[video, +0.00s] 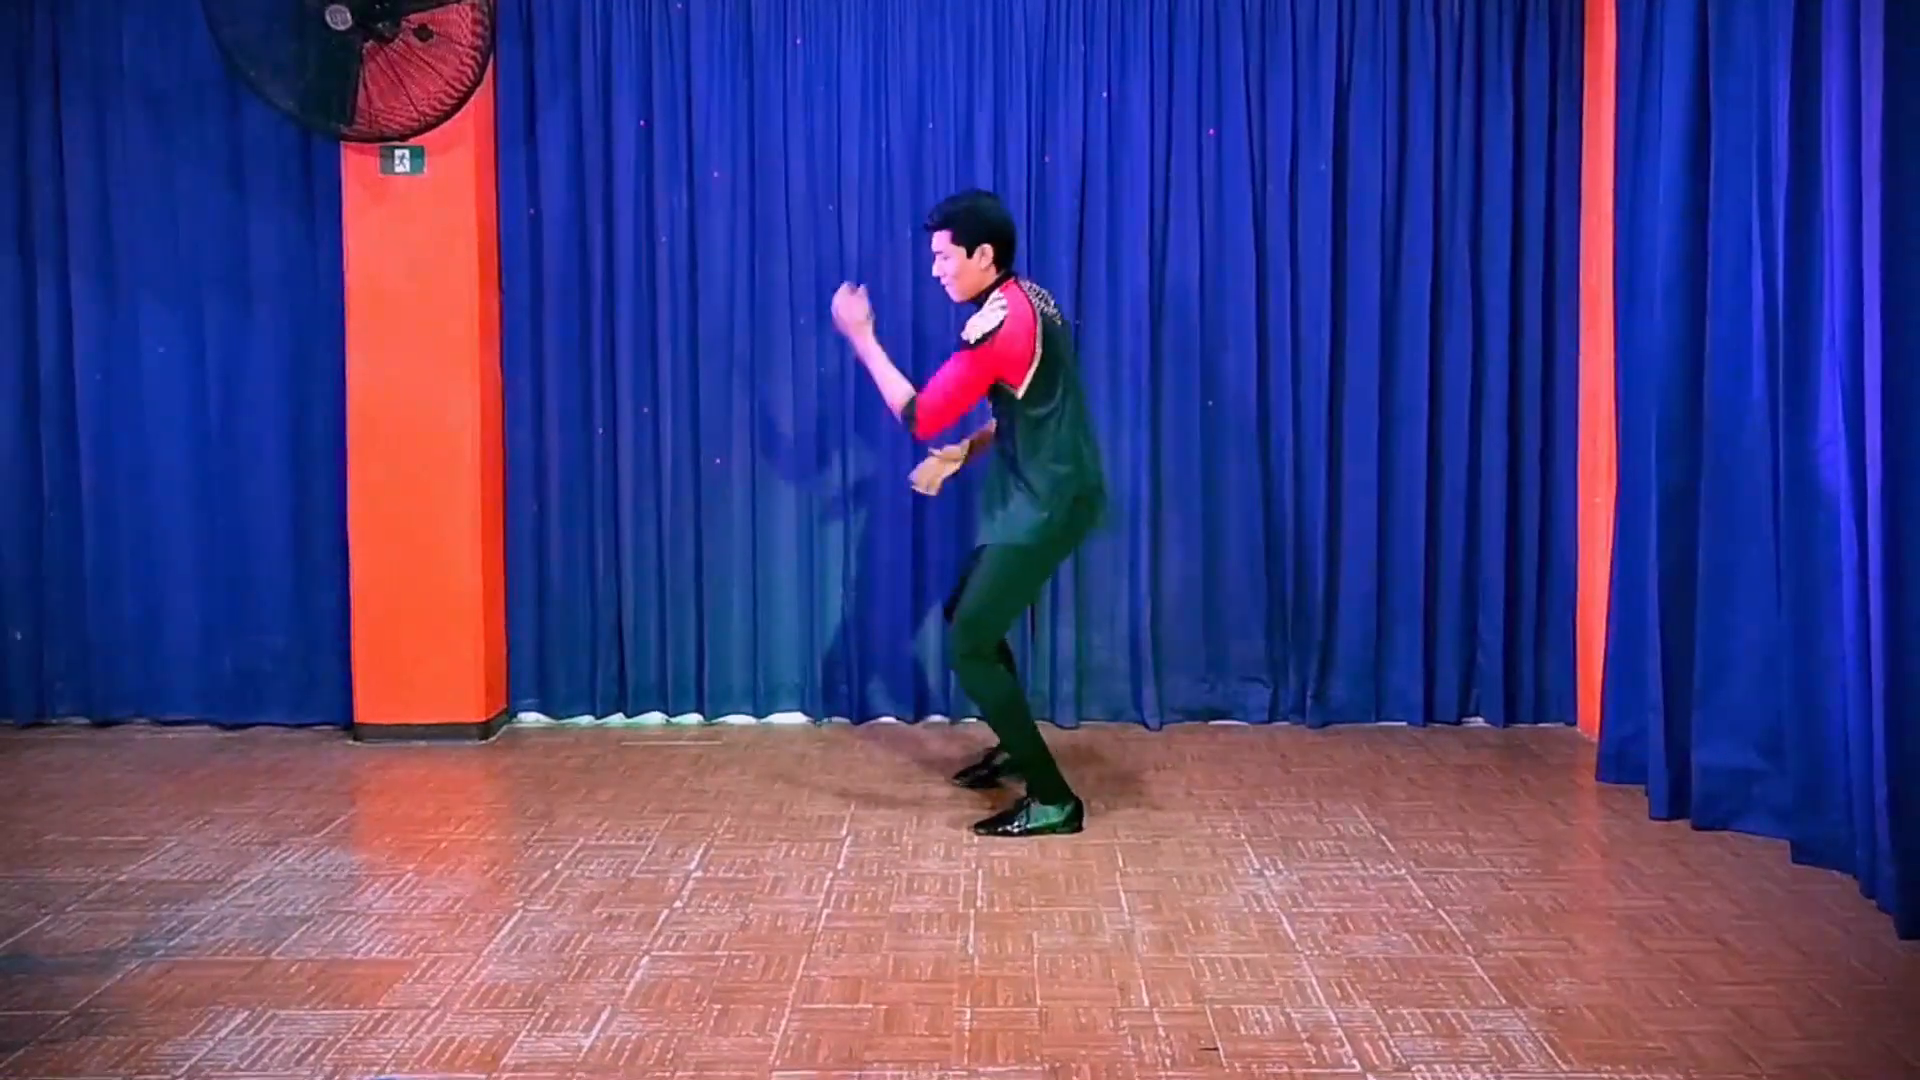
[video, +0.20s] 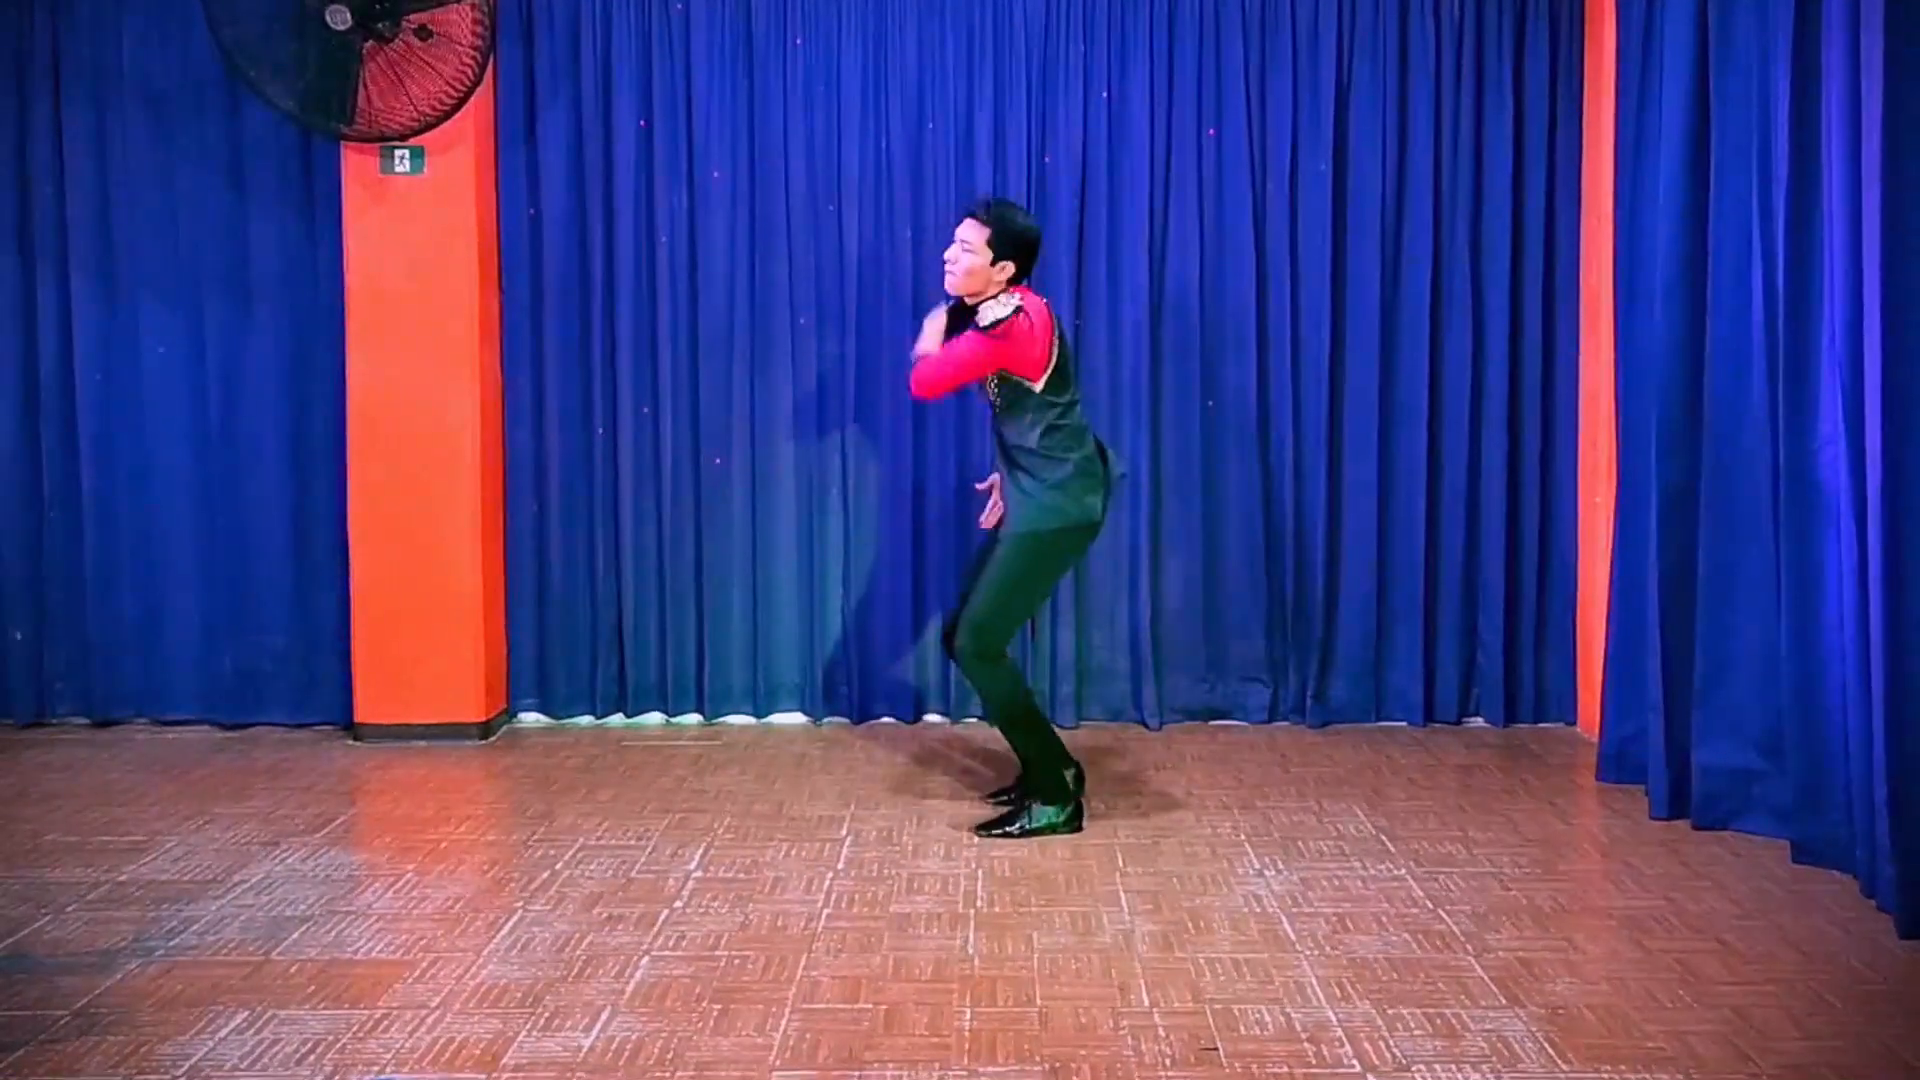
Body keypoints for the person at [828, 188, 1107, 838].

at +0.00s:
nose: (936, 268)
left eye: (946, 255)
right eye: (935, 255)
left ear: (987, 257)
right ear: (984, 259)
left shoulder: (1003, 325)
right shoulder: (1024, 300)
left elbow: (922, 419)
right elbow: (1026, 411)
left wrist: (861, 336)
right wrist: (962, 453)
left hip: (1053, 500)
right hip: (1041, 488)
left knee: (970, 642)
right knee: (964, 614)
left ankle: (1053, 800)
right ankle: (1020, 745)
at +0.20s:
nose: (949, 257)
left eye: (966, 251)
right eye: (953, 243)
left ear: (1004, 272)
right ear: (978, 263)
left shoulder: (1018, 323)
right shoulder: (1002, 305)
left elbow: (925, 382)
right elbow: (1034, 403)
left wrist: (936, 328)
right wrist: (1012, 473)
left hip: (1061, 503)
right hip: (1035, 496)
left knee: (978, 642)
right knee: (964, 637)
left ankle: (1055, 795)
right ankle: (1045, 768)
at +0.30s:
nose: (926, 277)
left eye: (939, 263)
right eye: (929, 263)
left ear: (980, 273)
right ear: (978, 275)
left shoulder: (1002, 335)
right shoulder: (1007, 320)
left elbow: (973, 452)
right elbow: (1031, 439)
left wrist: (949, 409)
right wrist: (979, 486)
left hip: (1064, 510)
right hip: (1056, 503)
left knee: (972, 644)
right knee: (975, 638)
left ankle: (1056, 793)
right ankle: (1043, 775)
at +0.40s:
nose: (932, 356)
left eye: (924, 341)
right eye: (923, 347)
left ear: (936, 313)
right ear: (958, 306)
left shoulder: (999, 345)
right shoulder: (1013, 320)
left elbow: (1047, 428)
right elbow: (1021, 424)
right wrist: (974, 460)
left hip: (1065, 510)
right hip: (1070, 501)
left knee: (969, 641)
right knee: (977, 635)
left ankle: (1050, 790)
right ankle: (1051, 775)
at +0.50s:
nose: (950, 360)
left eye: (943, 350)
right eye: (940, 357)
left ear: (955, 316)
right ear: (957, 312)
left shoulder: (1020, 331)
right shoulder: (1001, 326)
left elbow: (1093, 369)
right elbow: (1015, 388)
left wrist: (1076, 462)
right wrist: (996, 445)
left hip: (1065, 508)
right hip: (1044, 505)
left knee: (968, 636)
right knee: (977, 633)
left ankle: (1050, 788)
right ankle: (1051, 774)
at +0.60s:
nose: (948, 303)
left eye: (957, 283)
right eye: (936, 291)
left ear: (992, 268)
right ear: (929, 287)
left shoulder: (1043, 318)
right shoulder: (982, 336)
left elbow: (1137, 369)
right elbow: (984, 408)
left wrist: (1101, 467)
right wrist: (988, 463)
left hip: (1073, 497)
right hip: (1029, 496)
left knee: (984, 620)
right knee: (970, 634)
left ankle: (1049, 793)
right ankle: (1050, 772)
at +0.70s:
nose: (964, 265)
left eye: (979, 251)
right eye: (953, 253)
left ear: (1011, 264)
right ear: (943, 268)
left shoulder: (1056, 322)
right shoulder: (959, 346)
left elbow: (1140, 390)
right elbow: (943, 435)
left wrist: (1107, 482)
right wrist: (966, 496)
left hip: (1075, 492)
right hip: (1024, 493)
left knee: (1011, 635)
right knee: (968, 642)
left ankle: (1041, 827)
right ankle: (1055, 768)